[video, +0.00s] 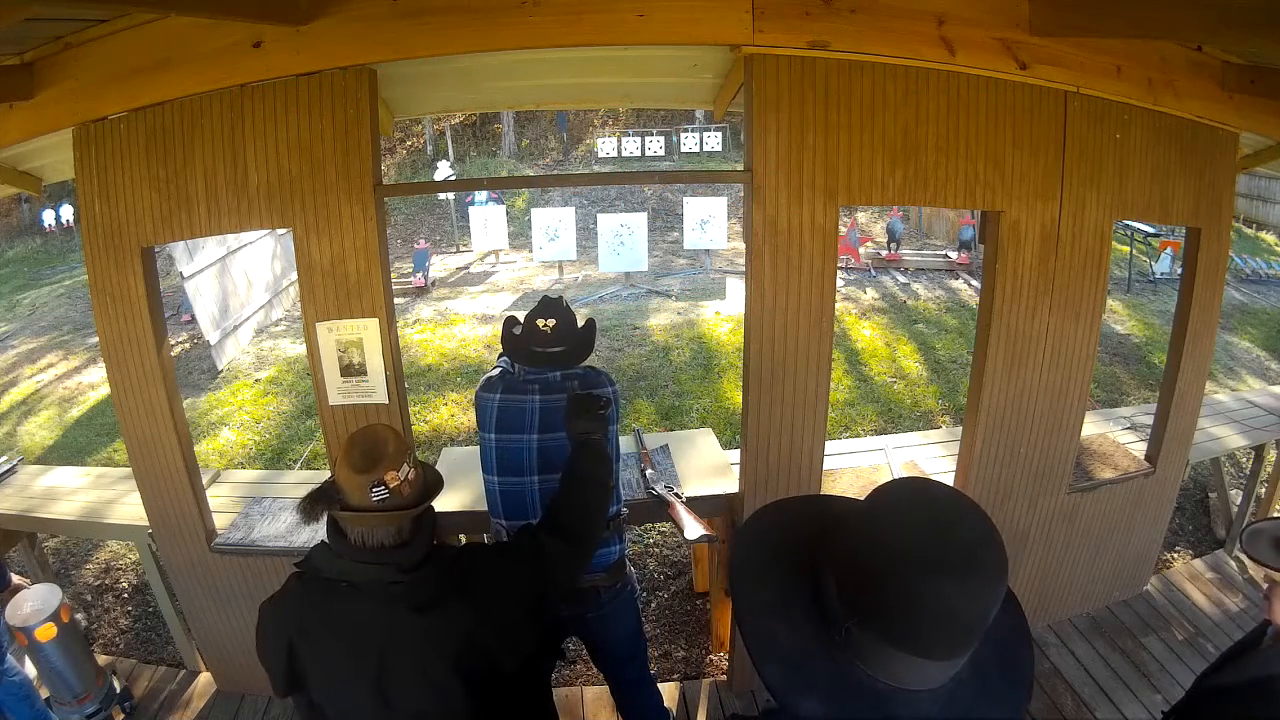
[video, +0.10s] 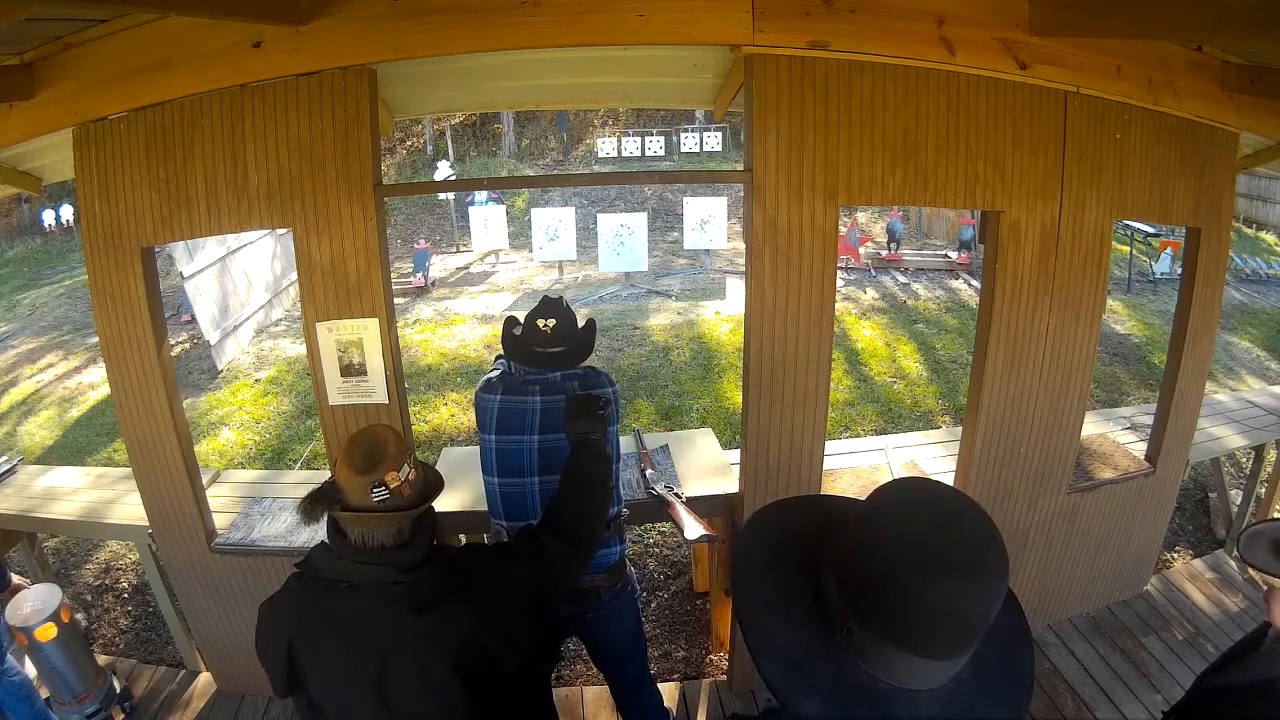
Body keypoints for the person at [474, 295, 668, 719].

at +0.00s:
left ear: (515, 342)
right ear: (577, 344)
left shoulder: (488, 393)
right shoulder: (599, 388)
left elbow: (509, 369)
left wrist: (519, 345)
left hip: (519, 582)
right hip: (598, 578)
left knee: (530, 693)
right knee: (635, 689)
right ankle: (653, 716)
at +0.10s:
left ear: (513, 341)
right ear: (577, 342)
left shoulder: (488, 394)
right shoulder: (599, 388)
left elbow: (508, 369)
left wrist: (522, 346)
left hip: (520, 582)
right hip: (598, 578)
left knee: (530, 692)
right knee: (635, 690)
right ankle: (653, 715)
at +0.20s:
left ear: (515, 342)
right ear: (577, 342)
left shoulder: (488, 393)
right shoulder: (599, 388)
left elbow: (510, 371)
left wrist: (520, 346)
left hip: (520, 582)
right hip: (598, 577)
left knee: (530, 692)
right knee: (635, 688)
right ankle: (654, 716)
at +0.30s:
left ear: (516, 341)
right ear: (577, 342)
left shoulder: (488, 393)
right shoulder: (599, 388)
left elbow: (508, 368)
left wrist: (519, 345)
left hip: (519, 582)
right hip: (597, 577)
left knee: (530, 693)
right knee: (635, 689)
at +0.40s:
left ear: (512, 340)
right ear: (576, 341)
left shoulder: (488, 394)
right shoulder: (600, 388)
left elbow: (506, 363)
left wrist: (522, 341)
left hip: (519, 582)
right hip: (597, 578)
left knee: (529, 693)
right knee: (635, 688)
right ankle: (653, 715)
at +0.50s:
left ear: (515, 340)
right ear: (576, 342)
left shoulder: (488, 393)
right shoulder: (599, 387)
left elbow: (507, 365)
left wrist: (519, 344)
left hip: (518, 582)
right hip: (596, 577)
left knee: (529, 691)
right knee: (634, 688)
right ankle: (653, 715)